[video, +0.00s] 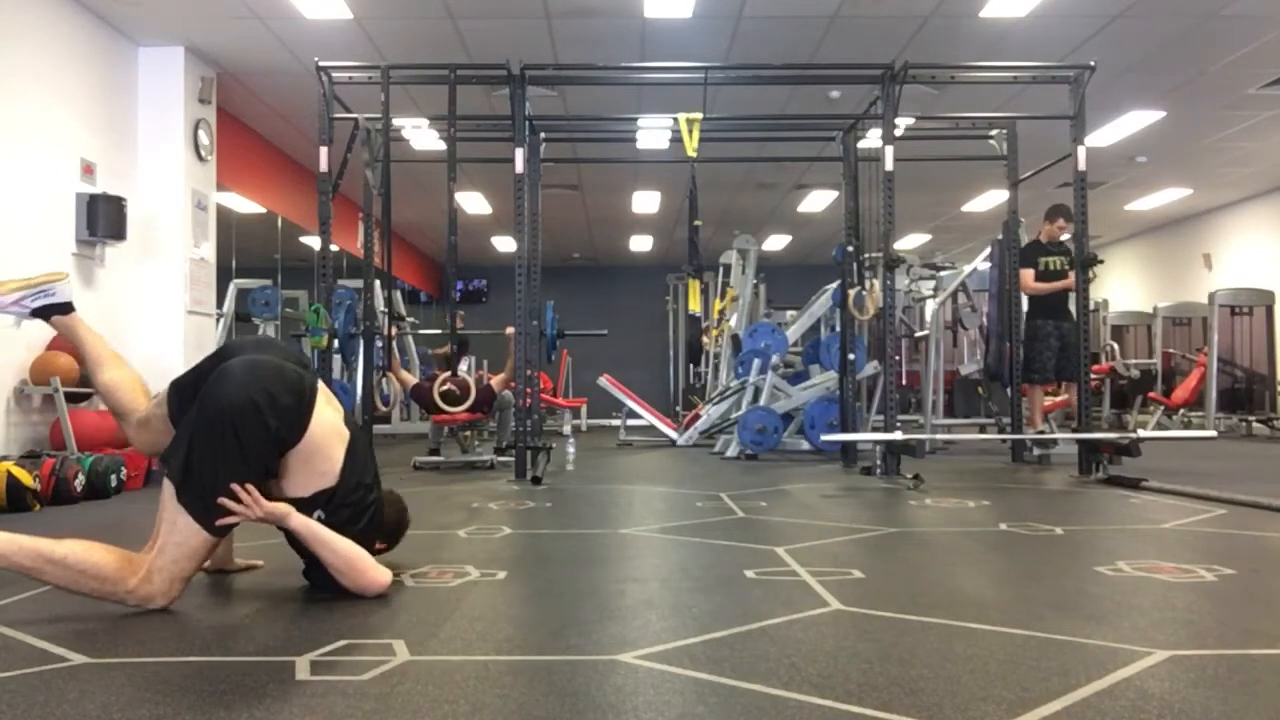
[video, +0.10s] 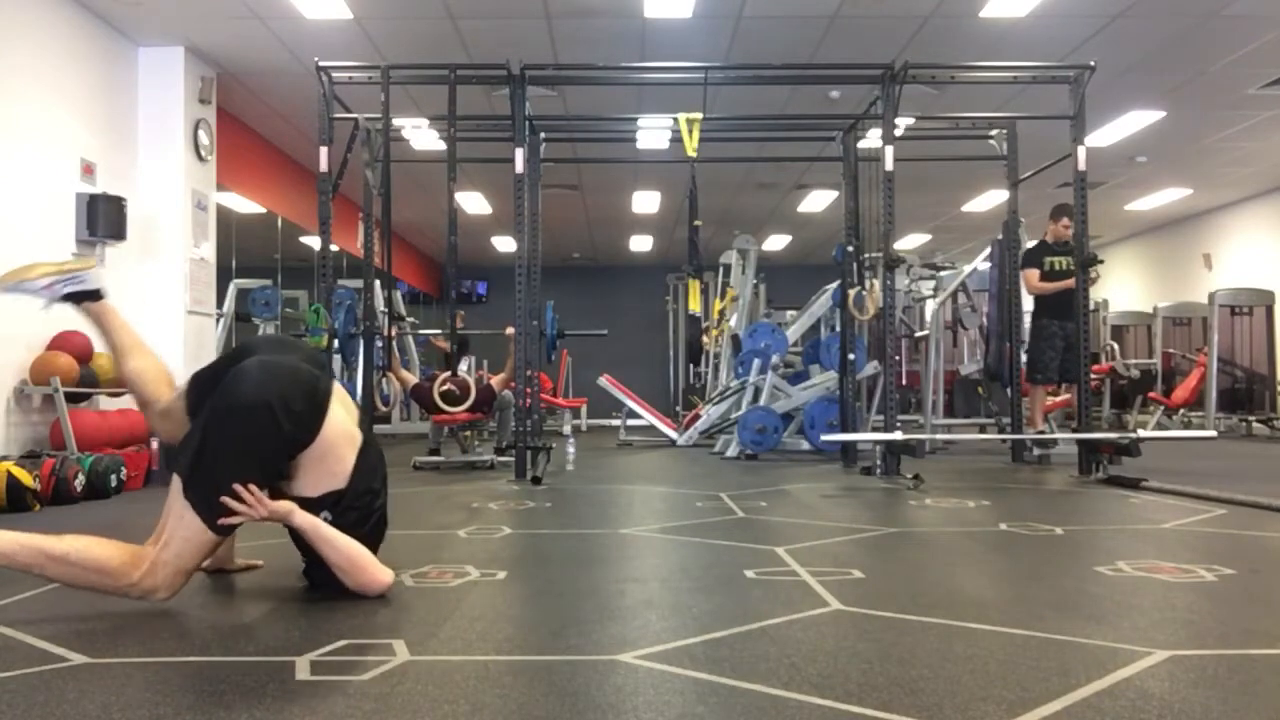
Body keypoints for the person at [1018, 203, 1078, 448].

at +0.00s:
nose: (1063, 234)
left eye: (1065, 230)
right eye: (1060, 228)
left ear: (1066, 228)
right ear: (1047, 223)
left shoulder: (1065, 251)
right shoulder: (1028, 251)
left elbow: (1073, 280)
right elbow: (1027, 286)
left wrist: (1080, 277)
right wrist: (1065, 283)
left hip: (1064, 317)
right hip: (1040, 318)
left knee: (1074, 373)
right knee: (1037, 376)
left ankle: (1077, 420)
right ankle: (1037, 425)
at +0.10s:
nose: (1070, 233)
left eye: (1071, 228)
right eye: (1066, 227)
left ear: (1072, 228)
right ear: (1052, 225)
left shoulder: (1074, 252)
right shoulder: (1034, 253)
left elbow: (1080, 279)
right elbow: (1032, 286)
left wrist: (1089, 279)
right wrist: (1068, 283)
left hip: (1073, 320)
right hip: (1047, 320)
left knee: (1076, 375)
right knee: (1040, 378)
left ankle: (1080, 422)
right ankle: (1038, 426)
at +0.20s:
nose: (1073, 231)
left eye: (1075, 226)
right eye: (1069, 225)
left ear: (1077, 228)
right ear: (1057, 224)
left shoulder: (1078, 252)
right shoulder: (1040, 253)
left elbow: (1082, 281)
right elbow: (1037, 286)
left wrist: (1092, 281)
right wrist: (1071, 283)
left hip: (1077, 320)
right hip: (1052, 320)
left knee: (1079, 375)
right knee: (1045, 376)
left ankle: (1082, 422)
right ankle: (1038, 425)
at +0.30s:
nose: (1079, 229)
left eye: (1082, 224)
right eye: (1075, 223)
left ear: (1085, 226)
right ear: (1064, 222)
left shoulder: (1085, 252)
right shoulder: (1045, 253)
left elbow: (1092, 285)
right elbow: (1041, 286)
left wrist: (1097, 281)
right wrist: (1074, 283)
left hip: (1081, 319)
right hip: (1056, 320)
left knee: (1083, 375)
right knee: (1049, 376)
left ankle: (1083, 423)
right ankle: (1039, 425)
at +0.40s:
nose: (1081, 229)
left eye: (1085, 224)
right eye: (1077, 223)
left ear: (1089, 225)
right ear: (1068, 223)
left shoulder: (1094, 252)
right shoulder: (1052, 251)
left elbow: (1102, 280)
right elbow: (1044, 284)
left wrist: (1101, 281)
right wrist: (1078, 283)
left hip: (1086, 318)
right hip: (1060, 318)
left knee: (1086, 373)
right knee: (1051, 373)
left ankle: (1085, 422)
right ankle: (1040, 423)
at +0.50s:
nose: (1086, 228)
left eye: (1090, 224)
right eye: (1082, 223)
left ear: (1094, 225)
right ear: (1071, 223)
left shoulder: (1097, 252)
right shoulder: (1055, 251)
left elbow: (1106, 282)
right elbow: (1045, 283)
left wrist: (1103, 281)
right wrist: (1080, 283)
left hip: (1088, 319)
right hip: (1062, 319)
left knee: (1088, 374)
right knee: (1053, 374)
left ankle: (1085, 423)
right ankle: (1041, 424)